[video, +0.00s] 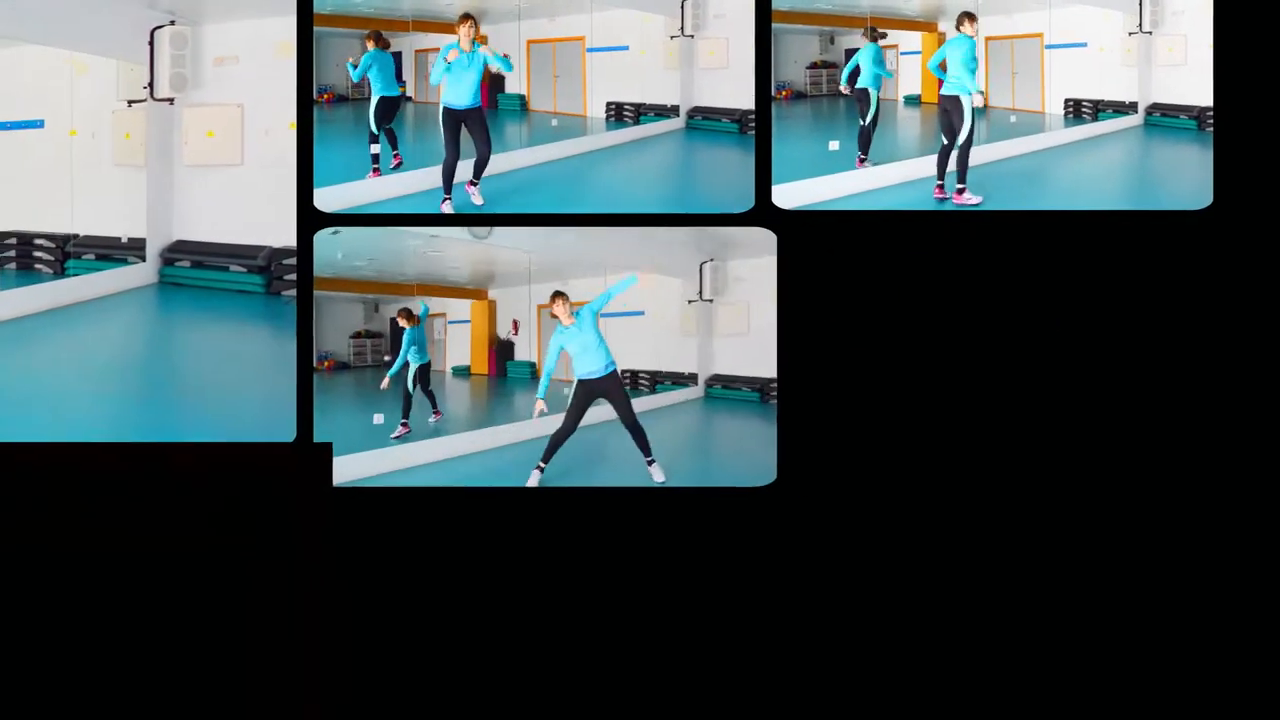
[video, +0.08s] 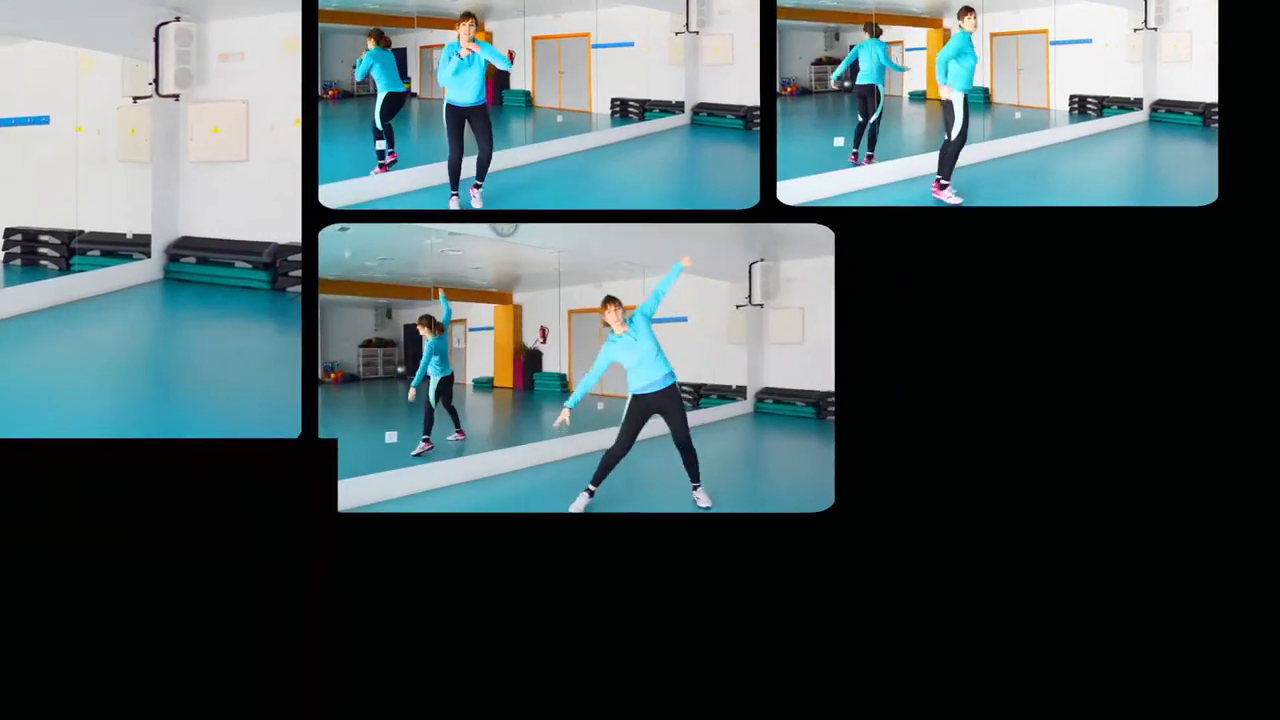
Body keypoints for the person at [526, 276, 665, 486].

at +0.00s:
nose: (561, 307)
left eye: (563, 303)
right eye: (557, 305)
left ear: (569, 304)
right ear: (552, 310)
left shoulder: (587, 312)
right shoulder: (558, 337)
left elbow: (609, 294)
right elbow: (548, 368)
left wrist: (633, 278)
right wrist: (540, 397)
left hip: (610, 378)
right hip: (585, 384)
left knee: (630, 421)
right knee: (568, 427)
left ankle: (651, 463)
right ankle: (539, 469)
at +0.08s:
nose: (613, 313)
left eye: (616, 308)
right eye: (608, 311)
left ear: (623, 310)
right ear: (604, 317)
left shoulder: (640, 318)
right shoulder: (610, 347)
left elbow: (659, 292)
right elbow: (592, 376)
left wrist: (679, 266)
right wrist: (569, 405)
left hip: (668, 391)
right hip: (640, 398)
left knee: (684, 441)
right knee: (621, 447)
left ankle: (697, 488)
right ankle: (588, 492)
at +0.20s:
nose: (688, 317)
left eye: (691, 312)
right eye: (682, 315)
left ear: (698, 314)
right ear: (677, 321)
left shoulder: (717, 324)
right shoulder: (681, 356)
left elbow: (737, 293)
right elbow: (659, 389)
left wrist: (755, 262)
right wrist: (636, 421)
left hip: (748, 408)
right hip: (718, 415)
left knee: (757, 469)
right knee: (700, 472)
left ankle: (763, 523)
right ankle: (666, 526)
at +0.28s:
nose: (735, 317)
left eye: (739, 312)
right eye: (729, 314)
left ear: (747, 315)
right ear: (723, 322)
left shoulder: (766, 326)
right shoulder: (726, 359)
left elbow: (789, 296)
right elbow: (708, 398)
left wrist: (811, 267)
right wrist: (693, 437)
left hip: (795, 418)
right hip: (763, 424)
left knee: (801, 485)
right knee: (745, 488)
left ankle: (805, 545)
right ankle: (713, 547)